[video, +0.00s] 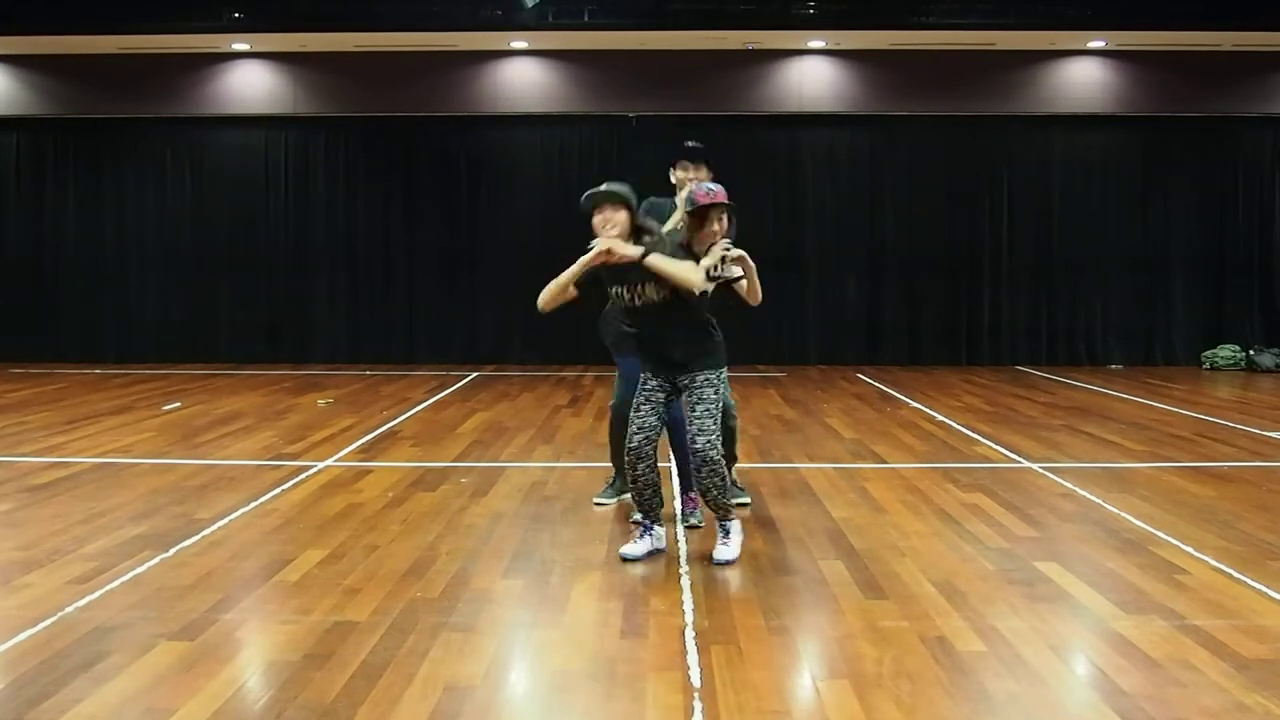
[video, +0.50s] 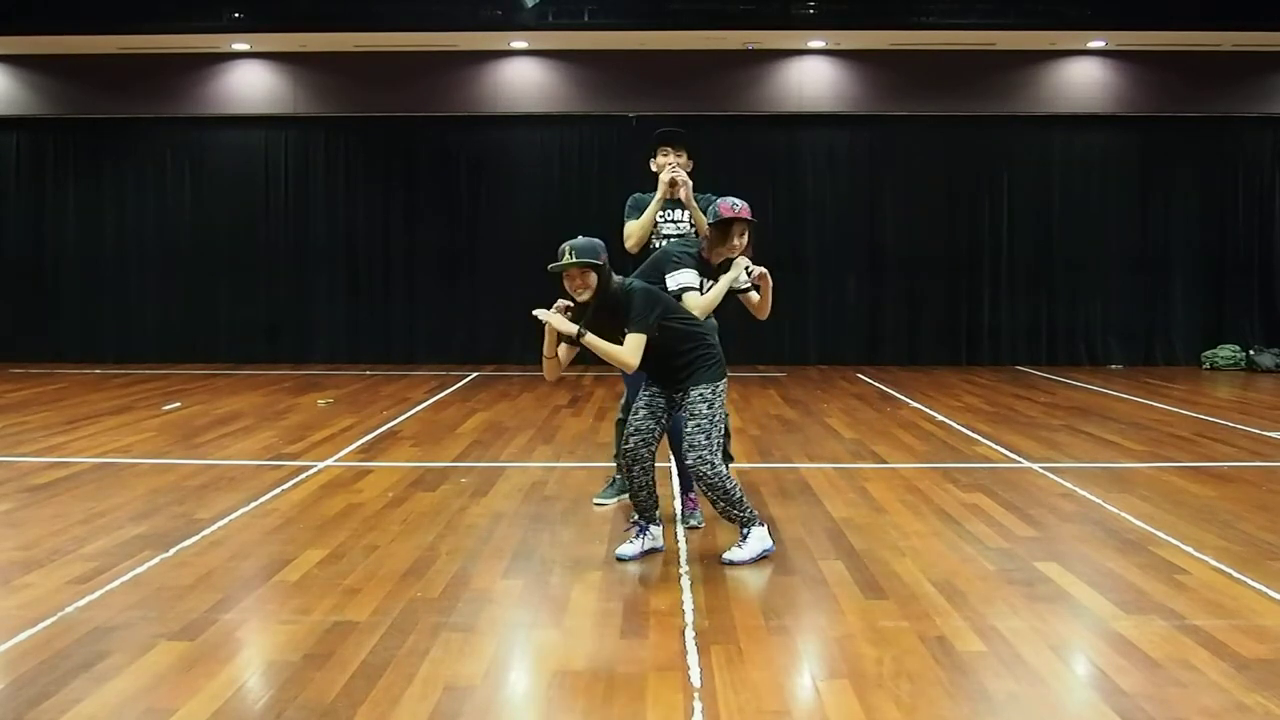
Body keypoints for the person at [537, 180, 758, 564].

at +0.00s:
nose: (605, 219)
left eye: (613, 210)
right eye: (598, 213)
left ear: (631, 214)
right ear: (592, 223)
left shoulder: (660, 244)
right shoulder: (601, 266)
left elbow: (697, 282)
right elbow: (544, 303)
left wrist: (640, 255)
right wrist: (584, 262)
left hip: (700, 363)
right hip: (655, 366)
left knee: (701, 447)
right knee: (637, 446)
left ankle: (727, 524)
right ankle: (652, 529)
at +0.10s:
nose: (587, 261)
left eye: (595, 252)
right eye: (580, 255)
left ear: (613, 253)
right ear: (574, 264)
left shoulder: (645, 286)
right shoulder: (592, 301)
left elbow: (647, 343)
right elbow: (554, 360)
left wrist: (591, 311)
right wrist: (561, 308)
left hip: (703, 373)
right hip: (661, 377)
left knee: (705, 461)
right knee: (631, 447)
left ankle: (753, 529)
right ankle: (650, 529)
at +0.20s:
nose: (577, 288)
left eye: (584, 278)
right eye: (569, 283)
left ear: (601, 275)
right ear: (564, 287)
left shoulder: (639, 302)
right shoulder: (586, 319)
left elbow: (636, 372)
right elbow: (564, 383)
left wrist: (580, 347)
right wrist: (555, 337)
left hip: (698, 377)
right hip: (654, 383)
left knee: (701, 465)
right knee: (627, 451)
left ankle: (755, 530)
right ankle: (650, 529)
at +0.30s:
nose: (575, 286)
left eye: (582, 277)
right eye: (567, 280)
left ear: (599, 273)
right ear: (561, 283)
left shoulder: (639, 299)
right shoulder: (580, 315)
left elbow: (636, 365)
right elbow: (552, 377)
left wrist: (576, 343)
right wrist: (550, 339)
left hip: (697, 370)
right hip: (654, 378)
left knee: (695, 463)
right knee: (626, 451)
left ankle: (753, 527)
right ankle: (650, 529)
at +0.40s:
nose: (575, 278)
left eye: (583, 269)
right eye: (567, 272)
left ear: (600, 266)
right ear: (561, 276)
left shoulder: (637, 293)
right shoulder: (582, 309)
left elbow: (630, 356)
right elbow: (547, 368)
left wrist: (577, 329)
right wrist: (548, 329)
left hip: (698, 369)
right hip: (656, 376)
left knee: (698, 461)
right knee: (630, 446)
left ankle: (754, 528)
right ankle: (648, 528)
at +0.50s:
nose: (577, 283)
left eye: (584, 274)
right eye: (568, 277)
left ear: (601, 270)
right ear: (562, 279)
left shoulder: (638, 295)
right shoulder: (585, 311)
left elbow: (629, 360)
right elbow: (552, 373)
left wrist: (577, 332)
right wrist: (551, 330)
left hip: (701, 368)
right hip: (659, 377)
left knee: (700, 461)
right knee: (634, 449)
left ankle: (755, 530)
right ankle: (649, 528)